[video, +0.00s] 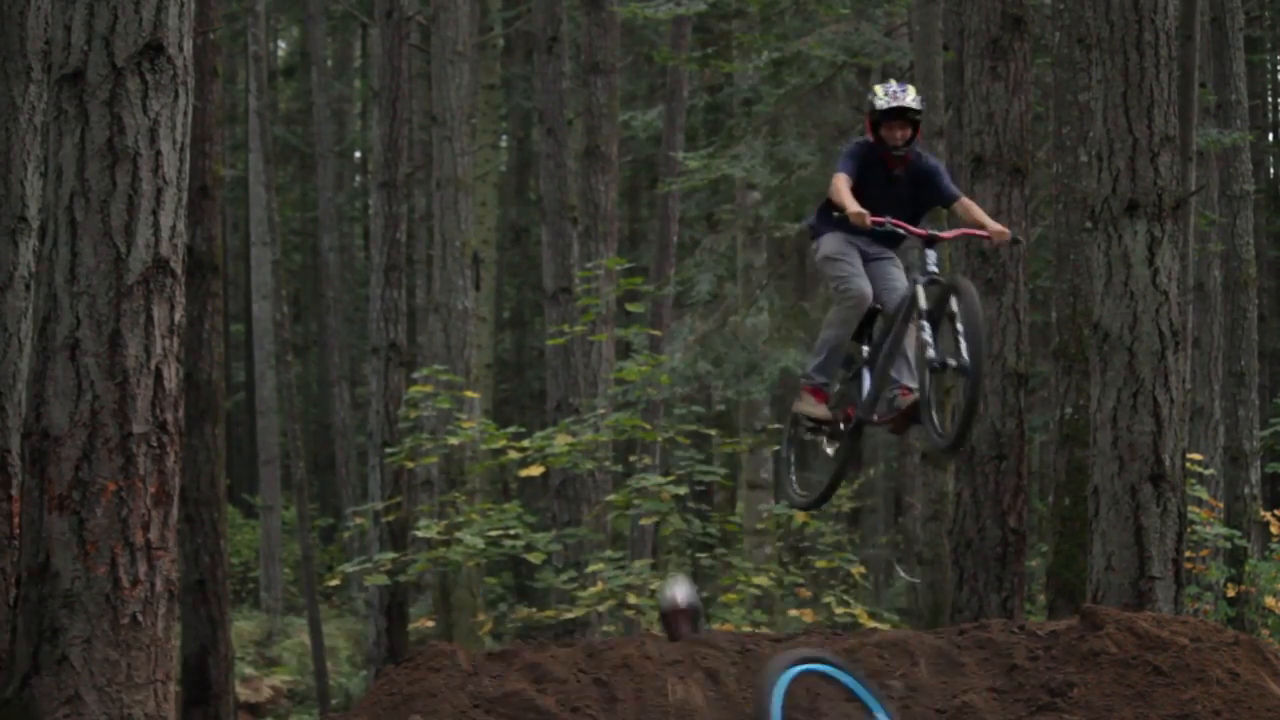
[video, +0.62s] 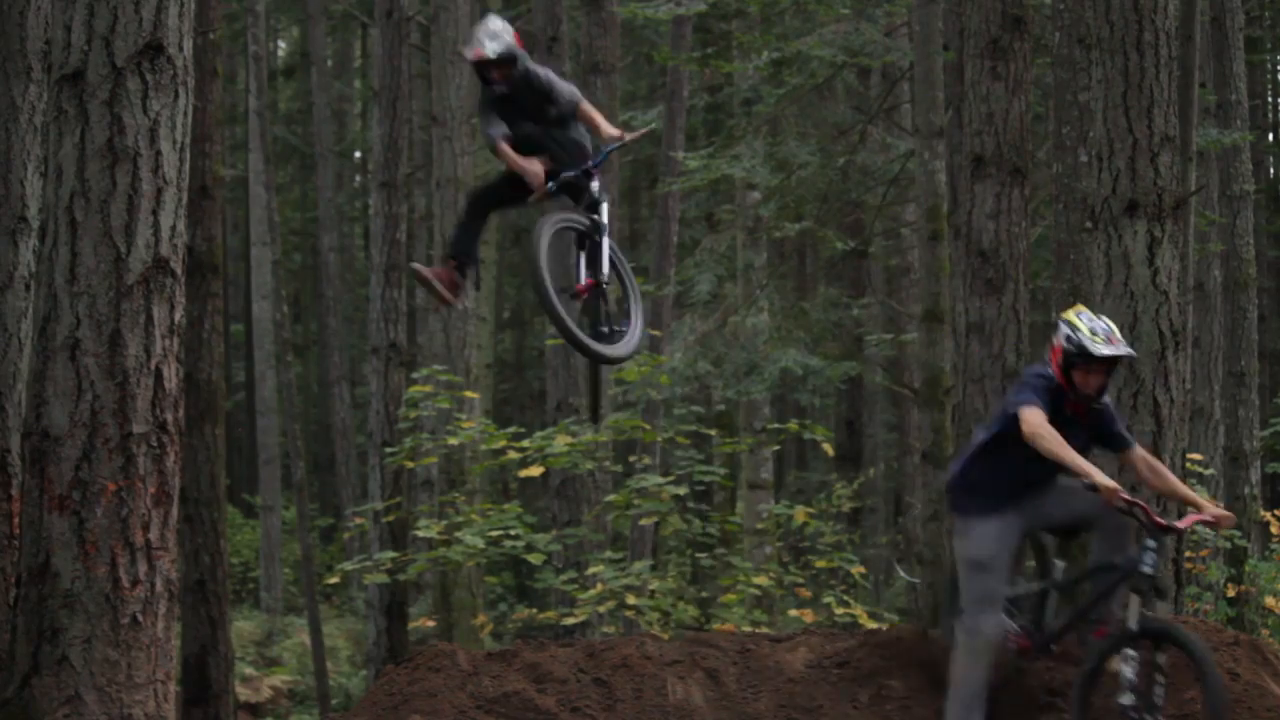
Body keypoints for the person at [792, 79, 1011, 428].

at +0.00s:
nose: (897, 133)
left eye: (904, 126)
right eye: (889, 126)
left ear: (915, 129)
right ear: (876, 127)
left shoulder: (923, 166)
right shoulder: (860, 152)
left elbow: (958, 202)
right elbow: (839, 184)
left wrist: (990, 225)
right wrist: (851, 206)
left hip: (881, 248)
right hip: (839, 236)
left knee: (902, 304)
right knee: (858, 294)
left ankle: (901, 393)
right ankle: (813, 388)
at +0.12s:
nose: (921, 153)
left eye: (928, 145)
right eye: (913, 145)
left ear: (940, 147)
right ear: (898, 145)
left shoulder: (950, 188)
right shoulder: (883, 170)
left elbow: (982, 230)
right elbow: (864, 208)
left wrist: (1019, 261)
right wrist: (882, 237)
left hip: (900, 268)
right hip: (855, 256)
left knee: (918, 337)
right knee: (871, 329)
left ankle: (920, 431)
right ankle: (827, 430)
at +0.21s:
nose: (951, 198)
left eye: (959, 189)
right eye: (942, 189)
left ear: (968, 192)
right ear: (924, 189)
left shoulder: (974, 235)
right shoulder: (909, 217)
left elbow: (1009, 286)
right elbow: (887, 260)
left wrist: (1045, 328)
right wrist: (910, 299)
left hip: (921, 315)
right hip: (873, 303)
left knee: (938, 399)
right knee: (884, 390)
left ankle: (938, 490)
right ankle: (846, 493)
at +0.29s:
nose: (973, 244)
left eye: (980, 235)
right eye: (964, 235)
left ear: (990, 238)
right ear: (945, 235)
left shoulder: (993, 283)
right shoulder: (927, 266)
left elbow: (1025, 345)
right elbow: (905, 312)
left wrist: (1061, 390)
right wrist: (931, 361)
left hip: (935, 363)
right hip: (887, 353)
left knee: (953, 445)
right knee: (894, 445)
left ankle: (954, 545)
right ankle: (859, 553)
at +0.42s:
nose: (1030, 341)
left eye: (1037, 334)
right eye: (1021, 331)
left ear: (1044, 335)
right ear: (999, 326)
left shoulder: (1039, 370)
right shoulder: (974, 345)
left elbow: (1073, 421)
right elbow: (928, 371)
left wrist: (1111, 454)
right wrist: (966, 418)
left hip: (965, 423)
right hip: (918, 405)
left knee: (1011, 475)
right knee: (948, 468)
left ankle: (980, 569)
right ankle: (890, 564)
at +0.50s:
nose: (1064, 364)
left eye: (1071, 357)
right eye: (1056, 354)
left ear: (1078, 354)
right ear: (1032, 341)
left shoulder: (1071, 381)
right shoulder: (1003, 356)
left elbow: (1107, 430)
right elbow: (988, 393)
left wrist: (1152, 472)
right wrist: (1038, 434)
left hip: (1002, 450)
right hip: (950, 447)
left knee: (1071, 498)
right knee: (948, 547)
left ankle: (1049, 592)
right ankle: (913, 673)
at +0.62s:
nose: (1098, 379)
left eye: (1105, 370)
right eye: (1090, 368)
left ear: (1109, 371)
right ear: (1064, 360)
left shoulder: (1094, 407)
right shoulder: (1036, 384)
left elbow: (1142, 463)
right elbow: (1034, 430)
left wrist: (1200, 503)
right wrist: (1096, 476)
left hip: (1037, 495)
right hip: (986, 507)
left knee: (1115, 510)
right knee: (982, 626)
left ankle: (1103, 620)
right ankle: (964, 715)